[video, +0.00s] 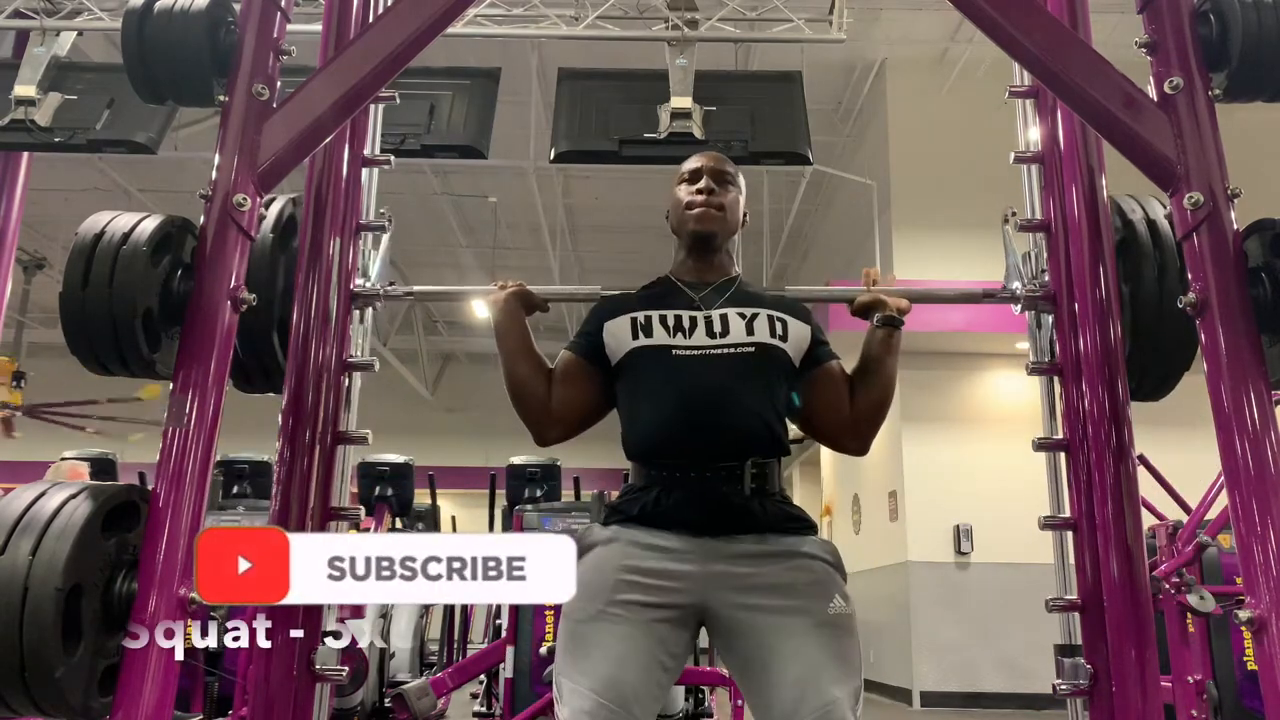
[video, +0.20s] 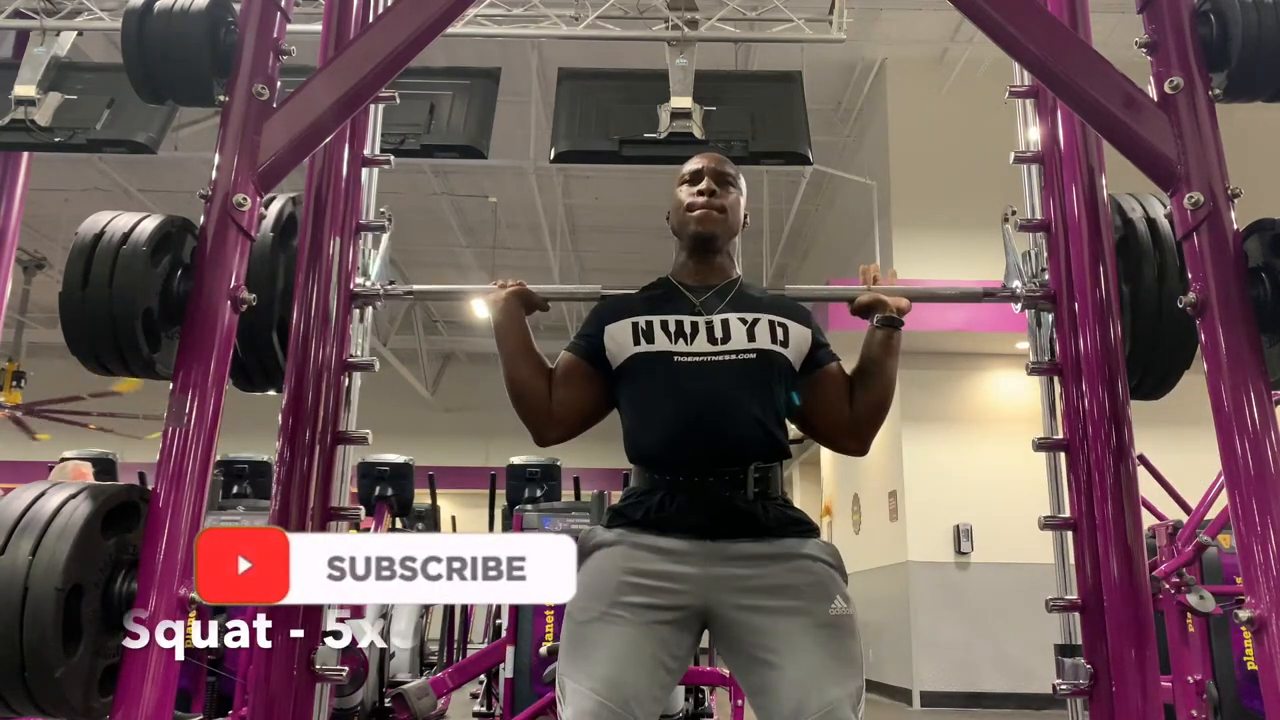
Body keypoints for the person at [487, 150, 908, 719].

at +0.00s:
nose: (705, 187)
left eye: (722, 182)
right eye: (691, 179)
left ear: (743, 214)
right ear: (669, 212)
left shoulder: (787, 317)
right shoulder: (617, 316)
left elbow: (853, 432)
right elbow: (548, 420)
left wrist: (885, 330)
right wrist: (508, 316)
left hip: (775, 553)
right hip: (639, 549)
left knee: (820, 710)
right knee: (597, 707)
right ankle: (677, 707)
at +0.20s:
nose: (705, 188)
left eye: (723, 183)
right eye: (691, 181)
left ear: (743, 216)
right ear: (670, 214)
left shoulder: (787, 319)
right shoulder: (618, 316)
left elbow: (852, 432)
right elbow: (549, 420)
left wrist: (885, 328)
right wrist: (508, 314)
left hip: (775, 551)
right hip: (642, 547)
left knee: (823, 710)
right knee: (600, 708)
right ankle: (677, 707)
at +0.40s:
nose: (707, 197)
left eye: (723, 192)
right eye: (692, 191)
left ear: (744, 224)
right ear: (670, 223)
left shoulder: (788, 329)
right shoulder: (619, 326)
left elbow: (853, 443)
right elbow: (548, 431)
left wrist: (885, 343)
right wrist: (506, 324)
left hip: (772, 565)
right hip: (639, 563)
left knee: (831, 709)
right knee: (591, 708)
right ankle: (676, 708)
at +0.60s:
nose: (706, 232)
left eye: (722, 227)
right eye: (691, 226)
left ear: (742, 258)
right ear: (669, 259)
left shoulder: (786, 365)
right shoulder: (616, 362)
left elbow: (855, 479)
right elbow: (549, 466)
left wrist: (888, 377)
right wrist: (505, 363)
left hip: (769, 597)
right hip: (634, 594)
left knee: (864, 713)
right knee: (544, 711)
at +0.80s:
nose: (705, 291)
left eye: (722, 286)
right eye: (691, 285)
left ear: (744, 319)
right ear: (670, 318)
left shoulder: (786, 422)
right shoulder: (615, 423)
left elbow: (857, 542)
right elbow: (544, 519)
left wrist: (889, 434)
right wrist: (500, 414)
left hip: (766, 650)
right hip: (633, 646)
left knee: (884, 716)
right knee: (521, 713)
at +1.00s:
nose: (707, 350)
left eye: (721, 342)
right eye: (692, 343)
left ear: (744, 371)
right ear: (668, 372)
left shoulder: (787, 478)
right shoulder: (613, 476)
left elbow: (858, 601)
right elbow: (544, 578)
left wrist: (894, 487)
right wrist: (499, 478)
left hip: (767, 685)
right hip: (637, 683)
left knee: (885, 717)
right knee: (511, 717)